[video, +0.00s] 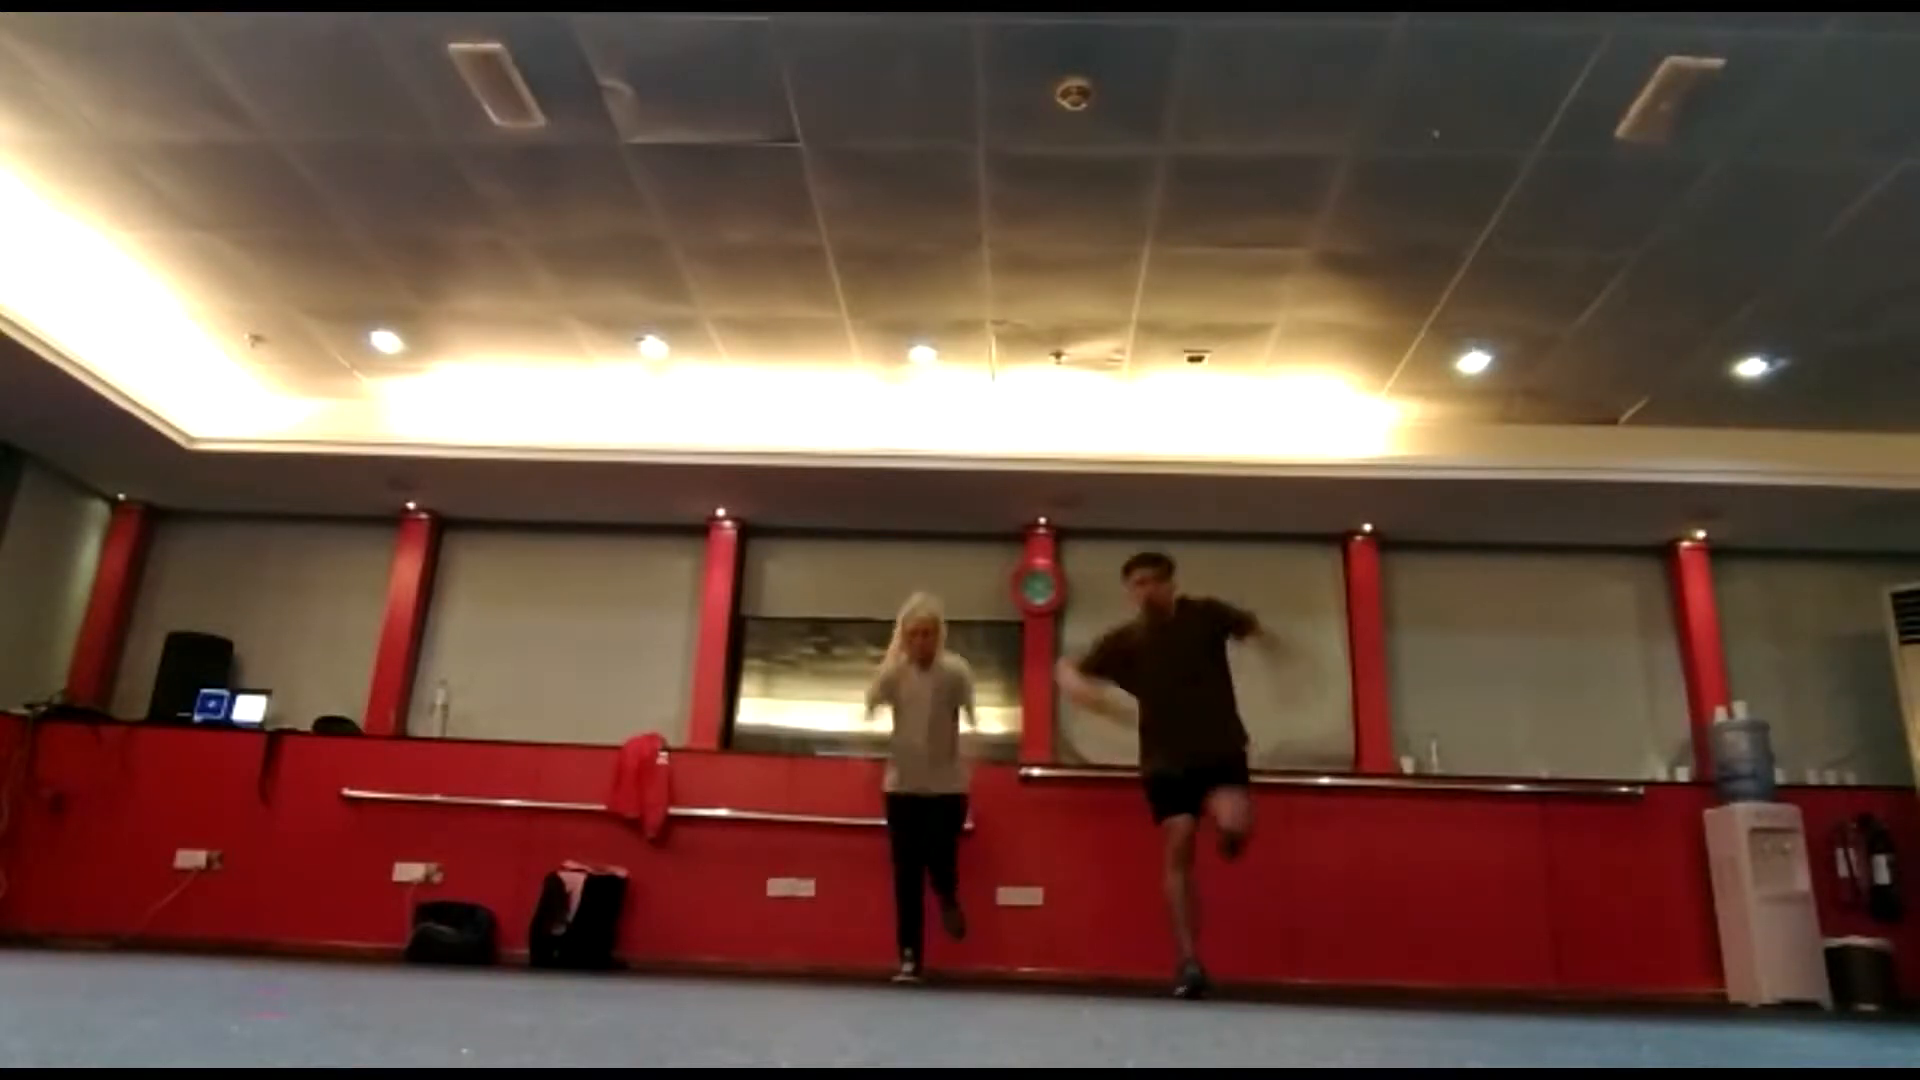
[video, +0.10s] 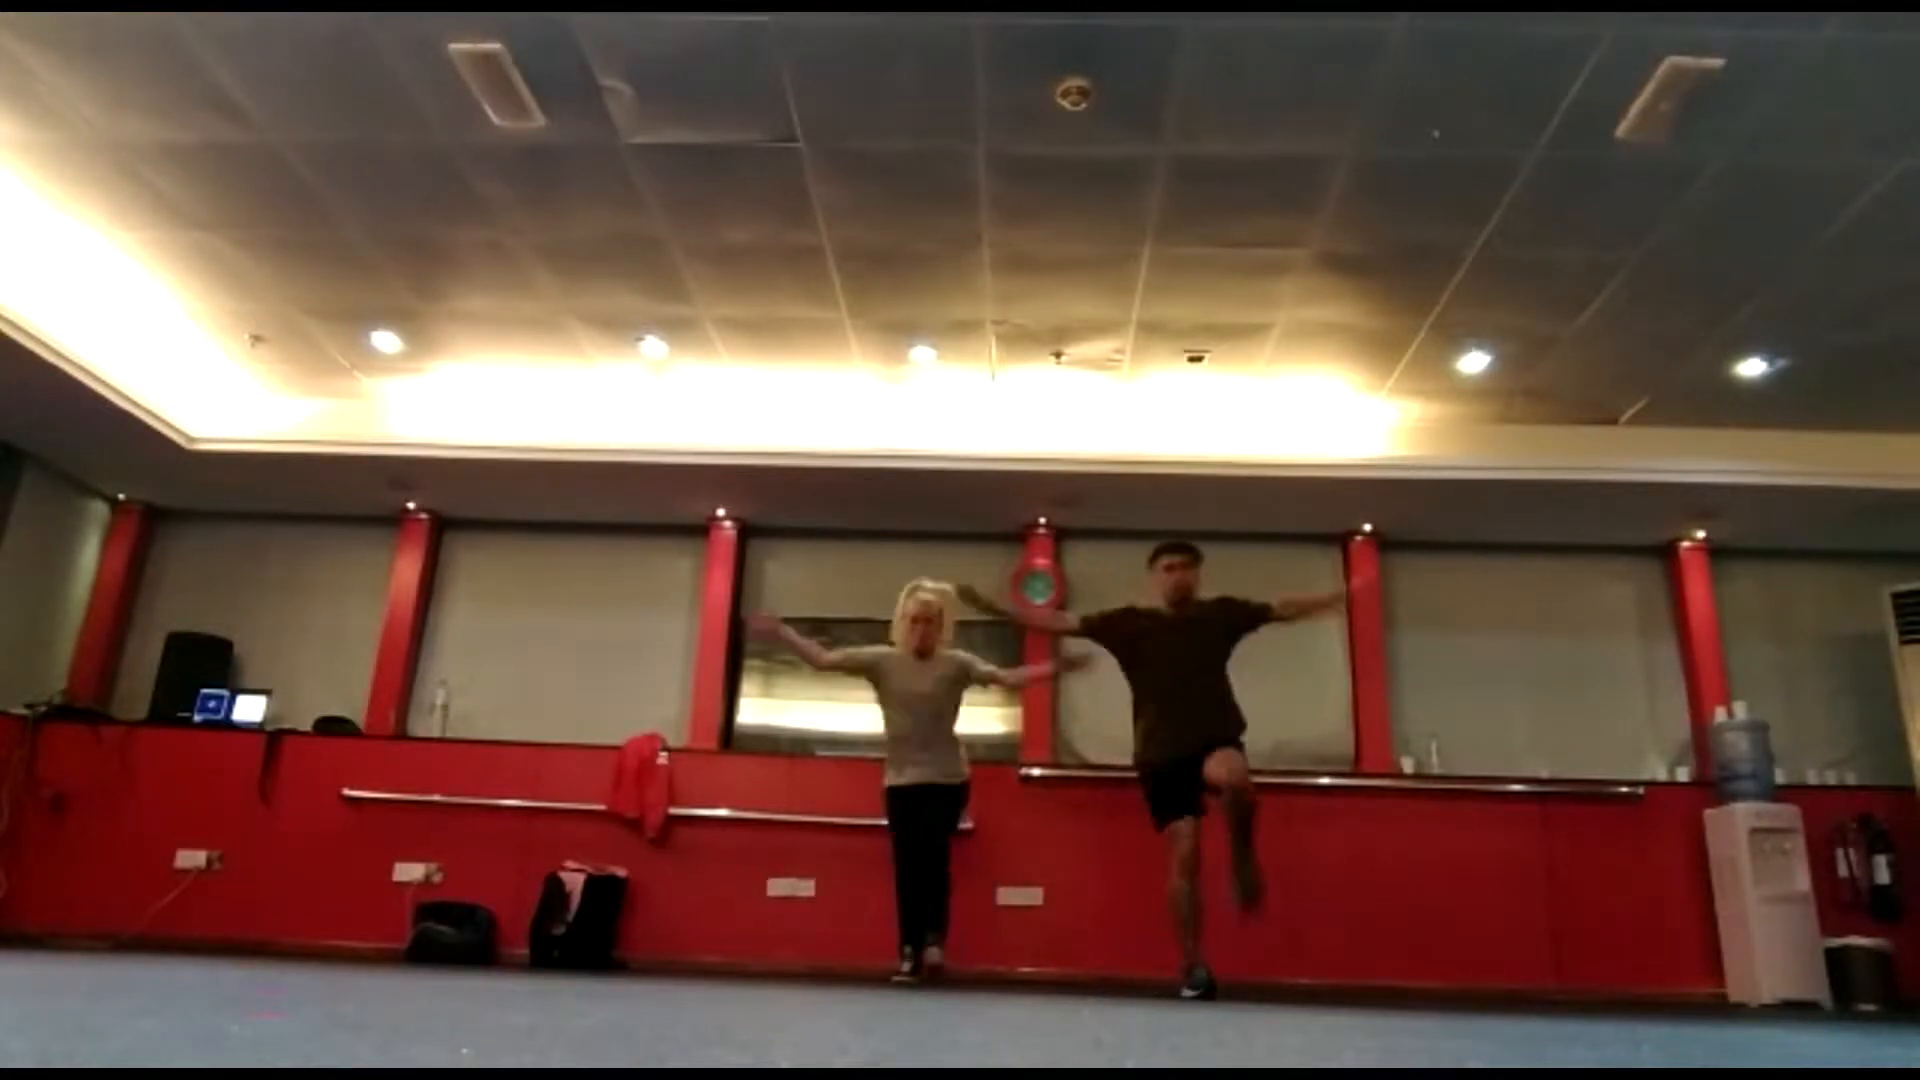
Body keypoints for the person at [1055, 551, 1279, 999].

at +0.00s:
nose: (1147, 592)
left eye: (1153, 581)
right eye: (1138, 584)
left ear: (1171, 582)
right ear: (1128, 591)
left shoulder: (1206, 615)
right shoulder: (1126, 640)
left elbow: (1256, 630)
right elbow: (1070, 676)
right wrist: (1104, 701)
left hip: (1218, 742)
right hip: (1166, 751)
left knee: (1234, 821)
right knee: (1179, 845)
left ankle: (1232, 834)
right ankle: (1188, 960)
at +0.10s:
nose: (1178, 578)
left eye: (1185, 569)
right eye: (1169, 569)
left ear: (1198, 575)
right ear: (1154, 576)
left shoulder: (1221, 613)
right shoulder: (1128, 623)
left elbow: (1284, 609)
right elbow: (1061, 622)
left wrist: (1341, 597)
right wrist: (998, 605)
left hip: (1215, 736)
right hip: (1163, 746)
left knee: (1233, 777)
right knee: (1184, 852)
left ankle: (1245, 866)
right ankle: (1192, 965)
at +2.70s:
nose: (1219, 536)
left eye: (1231, 532)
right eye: (1212, 526)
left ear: (1239, 551)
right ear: (1191, 532)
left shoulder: (1232, 629)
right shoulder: (1145, 573)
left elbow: (1277, 706)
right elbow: (1073, 539)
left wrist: (1344, 710)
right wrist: (1030, 482)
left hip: (1167, 740)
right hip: (1101, 724)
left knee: (1232, 824)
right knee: (1085, 830)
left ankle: (1255, 955)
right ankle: (1090, 957)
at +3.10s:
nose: (1066, 517)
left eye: (1075, 508)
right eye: (1054, 509)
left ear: (1088, 519)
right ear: (1036, 522)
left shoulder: (1074, 572)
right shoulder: (1043, 564)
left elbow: (1052, 653)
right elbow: (1133, 594)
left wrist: (1083, 696)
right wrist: (1202, 612)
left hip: (1064, 722)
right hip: (1012, 728)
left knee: (1150, 712)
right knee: (972, 831)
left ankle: (1104, 834)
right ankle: (912, 946)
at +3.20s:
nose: (1059, 525)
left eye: (1069, 517)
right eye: (1048, 518)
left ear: (1082, 533)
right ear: (1029, 532)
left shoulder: (1066, 588)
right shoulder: (1029, 574)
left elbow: (1061, 673)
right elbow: (1111, 600)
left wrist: (1091, 708)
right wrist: (1179, 613)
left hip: (1064, 730)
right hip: (1016, 738)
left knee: (1150, 709)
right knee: (981, 843)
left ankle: (1149, 848)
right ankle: (910, 950)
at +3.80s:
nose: (1111, 601)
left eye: (1121, 589)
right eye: (1103, 591)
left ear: (1143, 591)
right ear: (1097, 598)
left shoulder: (1199, 635)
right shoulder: (1119, 652)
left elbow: (1298, 659)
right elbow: (1145, 709)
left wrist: (1273, 729)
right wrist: (1178, 746)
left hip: (1255, 742)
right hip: (1201, 748)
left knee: (1220, 832)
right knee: (1155, 841)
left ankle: (1269, 968)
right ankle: (1216, 965)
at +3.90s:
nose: (1137, 540)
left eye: (1147, 527)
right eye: (1131, 528)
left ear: (1169, 531)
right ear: (1122, 535)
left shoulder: (1211, 585)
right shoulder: (1132, 602)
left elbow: (1287, 634)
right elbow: (1133, 666)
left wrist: (1253, 711)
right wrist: (1150, 714)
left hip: (1246, 722)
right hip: (1191, 725)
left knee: (1222, 829)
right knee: (1168, 834)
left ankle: (1268, 966)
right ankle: (1216, 961)